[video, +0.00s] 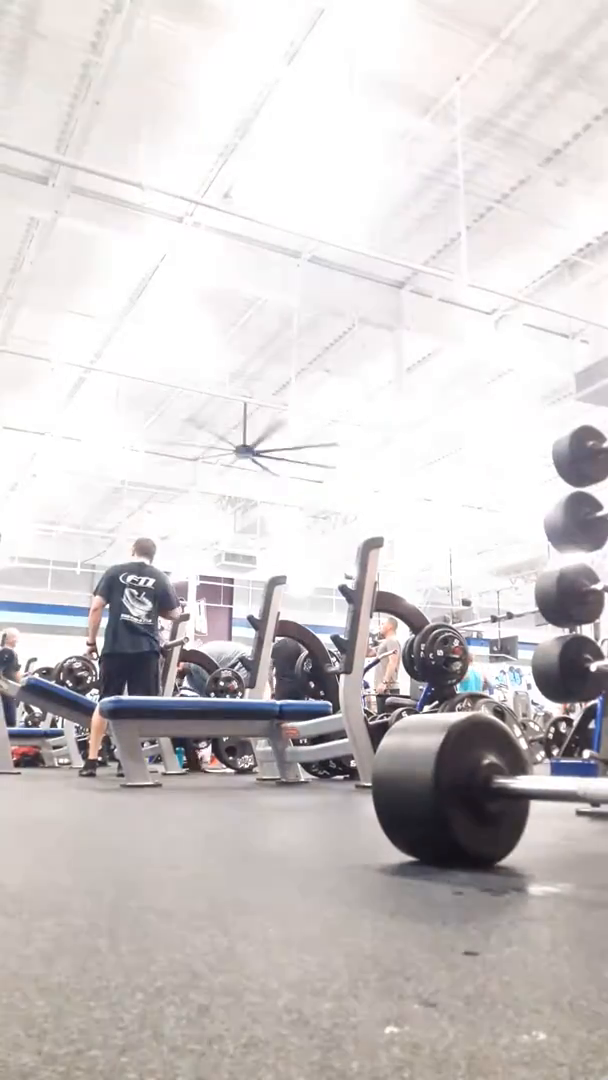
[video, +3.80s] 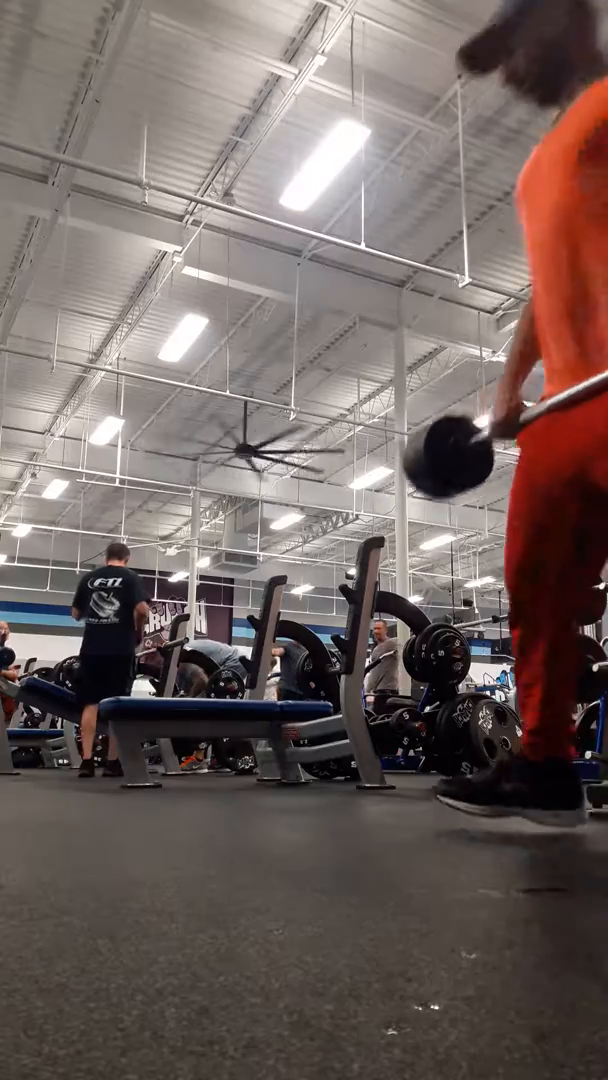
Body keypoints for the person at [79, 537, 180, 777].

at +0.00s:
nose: (134, 553)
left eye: (133, 550)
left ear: (133, 551)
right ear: (153, 556)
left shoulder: (115, 571)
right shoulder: (161, 579)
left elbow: (96, 607)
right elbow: (173, 614)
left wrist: (91, 641)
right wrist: (152, 603)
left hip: (114, 649)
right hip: (145, 651)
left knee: (105, 703)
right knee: (142, 707)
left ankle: (92, 759)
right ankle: (131, 763)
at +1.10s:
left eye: (138, 550)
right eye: (155, 556)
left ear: (135, 552)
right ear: (157, 556)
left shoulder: (116, 572)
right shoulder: (161, 577)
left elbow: (98, 610)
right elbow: (180, 602)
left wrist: (95, 640)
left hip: (117, 650)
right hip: (149, 652)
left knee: (107, 703)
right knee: (144, 706)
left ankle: (92, 759)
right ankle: (132, 763)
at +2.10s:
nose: (158, 557)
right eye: (158, 554)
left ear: (133, 553)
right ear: (155, 555)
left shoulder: (114, 574)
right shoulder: (161, 578)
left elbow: (98, 612)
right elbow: (189, 596)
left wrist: (99, 645)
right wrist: (180, 577)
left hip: (118, 648)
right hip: (149, 650)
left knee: (109, 702)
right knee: (150, 704)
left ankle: (93, 758)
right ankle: (138, 763)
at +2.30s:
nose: (155, 558)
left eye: (153, 555)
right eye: (155, 555)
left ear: (130, 554)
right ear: (152, 555)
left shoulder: (112, 575)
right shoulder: (156, 577)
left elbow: (96, 613)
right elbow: (180, 601)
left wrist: (99, 647)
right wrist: (188, 612)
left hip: (115, 649)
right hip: (146, 650)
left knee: (106, 703)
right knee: (146, 706)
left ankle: (90, 758)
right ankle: (137, 765)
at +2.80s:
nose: (152, 564)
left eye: (151, 562)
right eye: (152, 561)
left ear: (128, 555)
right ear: (149, 560)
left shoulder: (106, 575)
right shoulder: (151, 578)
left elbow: (90, 613)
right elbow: (164, 608)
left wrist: (93, 645)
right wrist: (157, 621)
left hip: (108, 650)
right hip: (138, 651)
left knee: (101, 704)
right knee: (137, 705)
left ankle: (88, 759)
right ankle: (129, 762)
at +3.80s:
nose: (123, 563)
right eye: (126, 560)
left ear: (105, 558)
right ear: (126, 559)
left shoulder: (89, 577)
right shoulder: (131, 577)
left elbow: (76, 612)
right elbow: (142, 609)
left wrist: (96, 610)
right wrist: (139, 629)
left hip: (92, 650)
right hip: (121, 651)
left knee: (90, 703)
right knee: (118, 705)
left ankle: (86, 760)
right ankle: (113, 761)